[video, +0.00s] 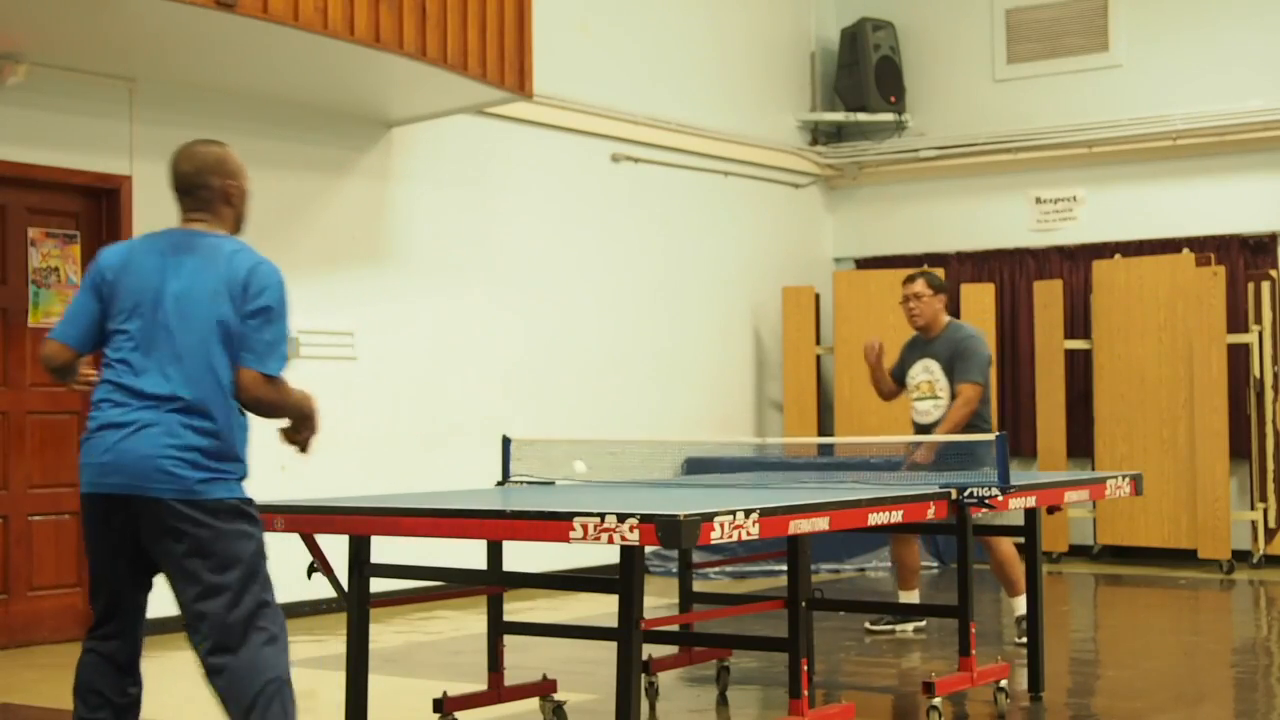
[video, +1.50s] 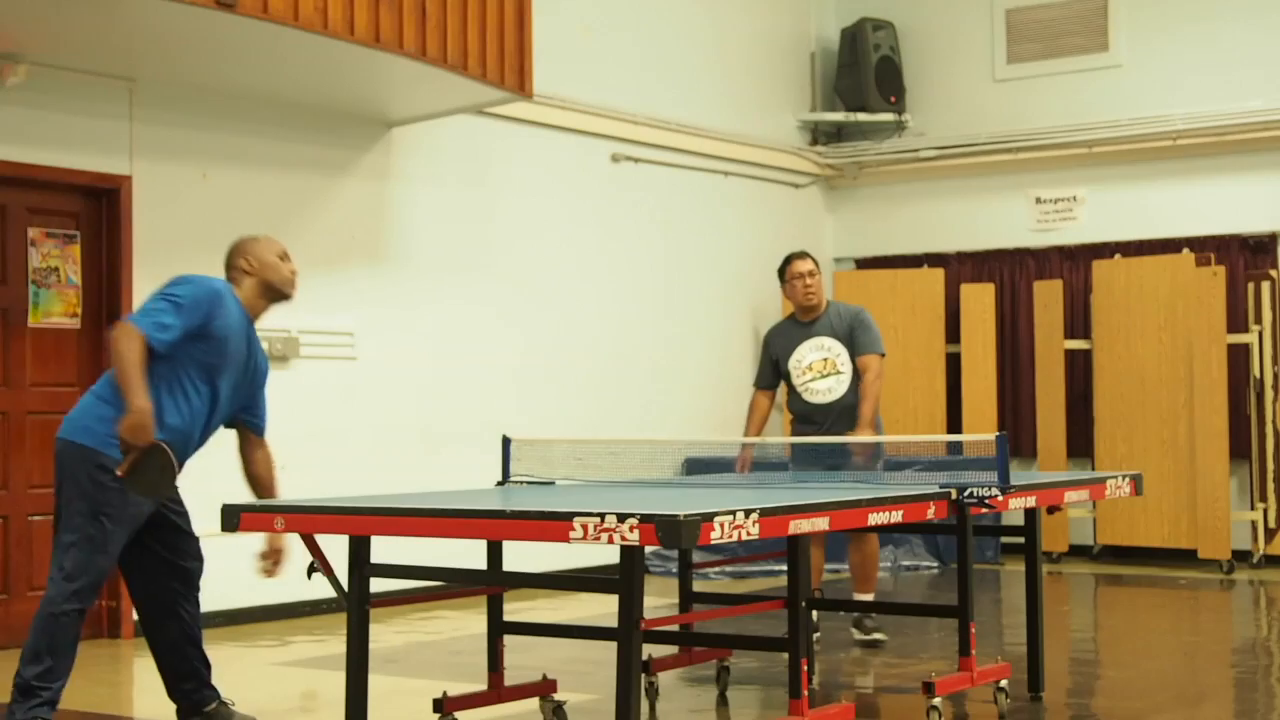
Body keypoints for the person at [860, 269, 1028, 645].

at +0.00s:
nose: (910, 307)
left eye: (918, 299)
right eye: (905, 301)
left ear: (942, 300)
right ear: (903, 306)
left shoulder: (968, 341)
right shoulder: (913, 346)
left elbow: (967, 401)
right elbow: (889, 391)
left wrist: (931, 444)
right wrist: (875, 367)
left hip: (970, 452)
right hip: (925, 453)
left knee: (991, 531)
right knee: (903, 524)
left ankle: (1024, 614)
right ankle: (909, 611)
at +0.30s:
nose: (870, 298)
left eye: (876, 290)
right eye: (866, 293)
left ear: (901, 288)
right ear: (866, 297)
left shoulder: (929, 325)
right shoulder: (876, 335)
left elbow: (940, 382)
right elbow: (838, 367)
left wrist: (920, 435)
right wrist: (843, 325)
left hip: (933, 438)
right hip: (890, 441)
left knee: (939, 519)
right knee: (897, 523)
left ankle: (966, 603)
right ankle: (908, 610)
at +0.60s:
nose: (846, 301)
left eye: (853, 292)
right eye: (842, 295)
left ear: (875, 291)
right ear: (839, 299)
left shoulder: (905, 330)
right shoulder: (847, 344)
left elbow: (920, 388)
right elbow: (832, 394)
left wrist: (922, 441)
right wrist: (814, 380)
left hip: (897, 444)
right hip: (863, 446)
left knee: (883, 521)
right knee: (887, 522)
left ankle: (865, 610)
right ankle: (909, 607)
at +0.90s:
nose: (833, 292)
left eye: (841, 284)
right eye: (830, 286)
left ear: (865, 286)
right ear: (828, 290)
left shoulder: (886, 330)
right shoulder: (831, 332)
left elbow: (894, 392)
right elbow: (826, 393)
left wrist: (891, 446)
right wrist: (817, 441)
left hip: (866, 442)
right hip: (830, 442)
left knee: (857, 523)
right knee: (835, 523)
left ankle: (856, 612)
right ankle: (880, 580)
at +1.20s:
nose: (815, 288)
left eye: (824, 280)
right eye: (810, 281)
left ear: (845, 284)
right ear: (806, 286)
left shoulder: (868, 325)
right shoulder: (807, 328)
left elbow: (867, 388)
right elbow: (801, 386)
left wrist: (837, 438)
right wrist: (796, 436)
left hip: (857, 444)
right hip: (813, 443)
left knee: (854, 524)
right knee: (808, 525)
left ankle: (857, 615)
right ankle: (809, 610)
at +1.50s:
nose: (806, 283)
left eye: (811, 275)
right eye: (796, 279)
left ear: (822, 280)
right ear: (785, 289)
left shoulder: (854, 318)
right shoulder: (777, 338)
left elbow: (871, 373)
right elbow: (763, 394)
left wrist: (865, 428)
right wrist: (749, 444)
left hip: (856, 441)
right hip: (807, 446)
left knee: (863, 523)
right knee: (809, 527)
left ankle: (865, 613)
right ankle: (810, 613)